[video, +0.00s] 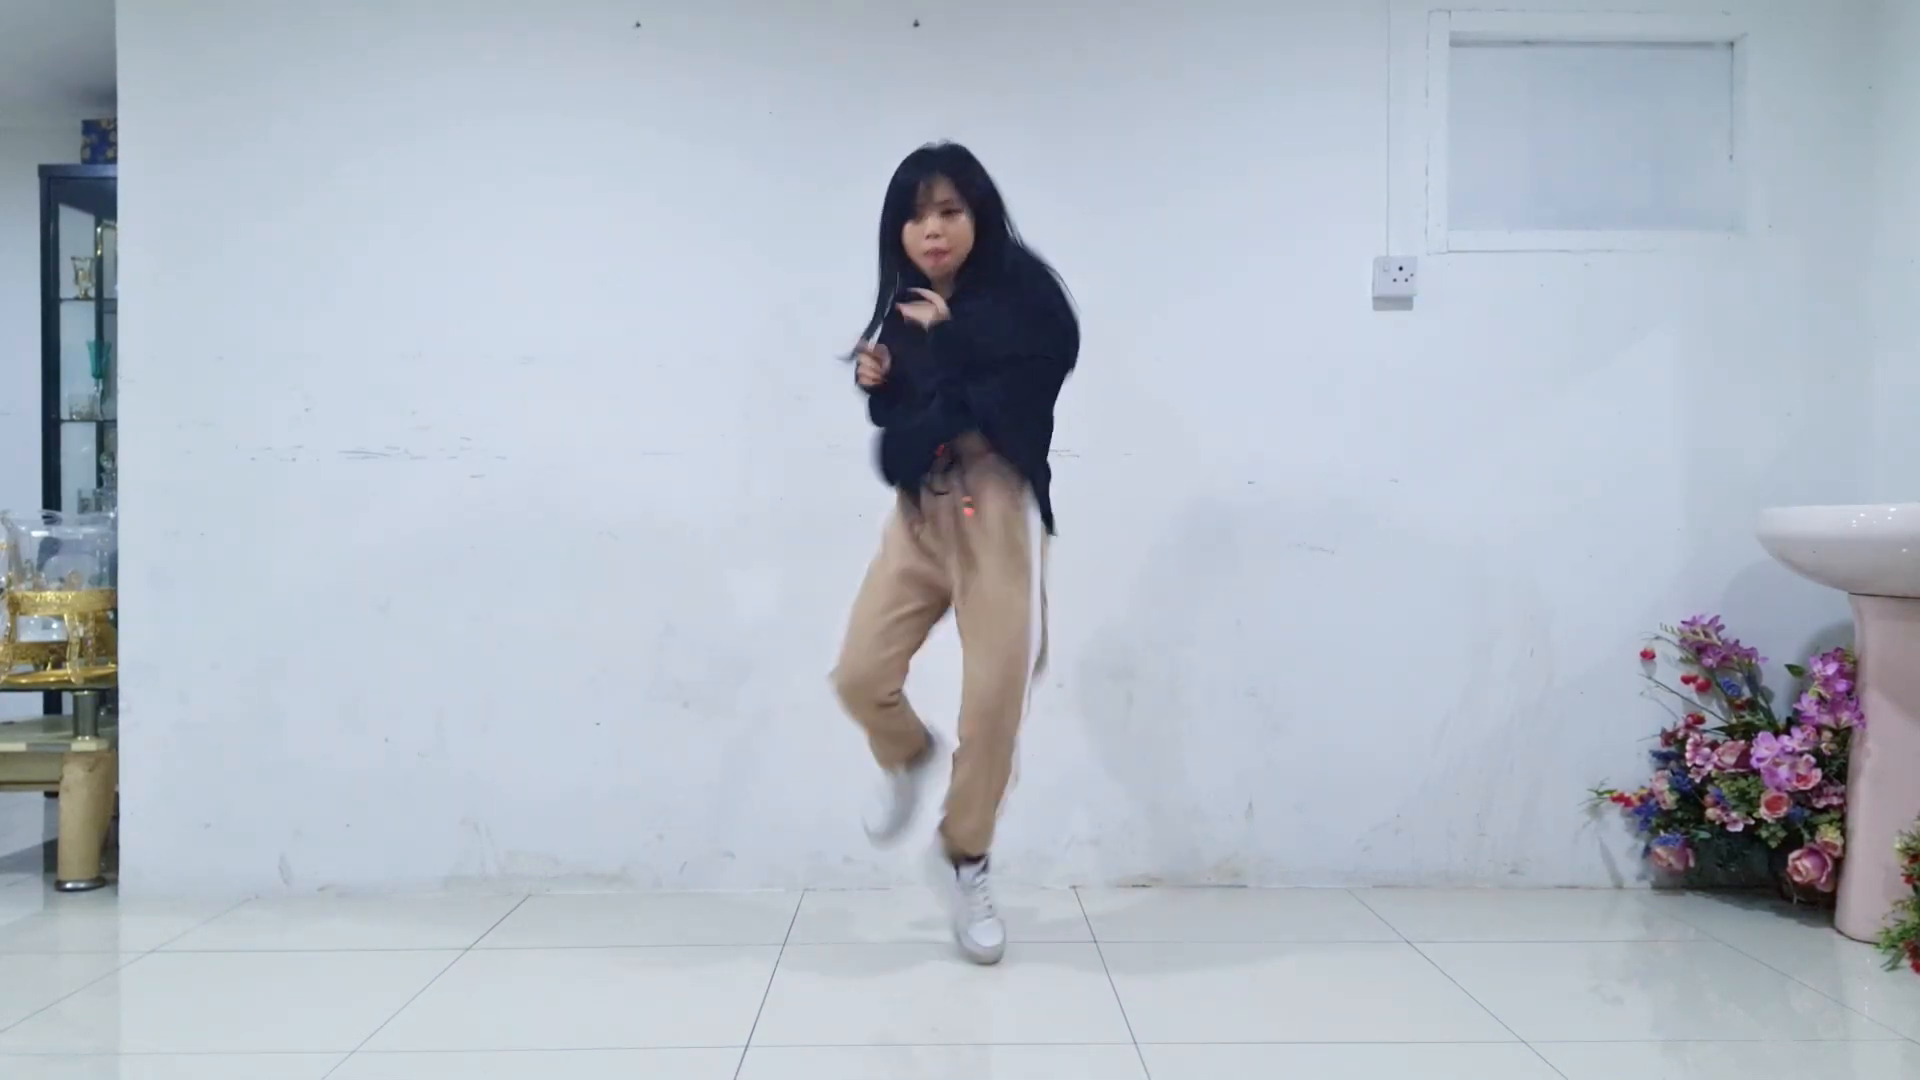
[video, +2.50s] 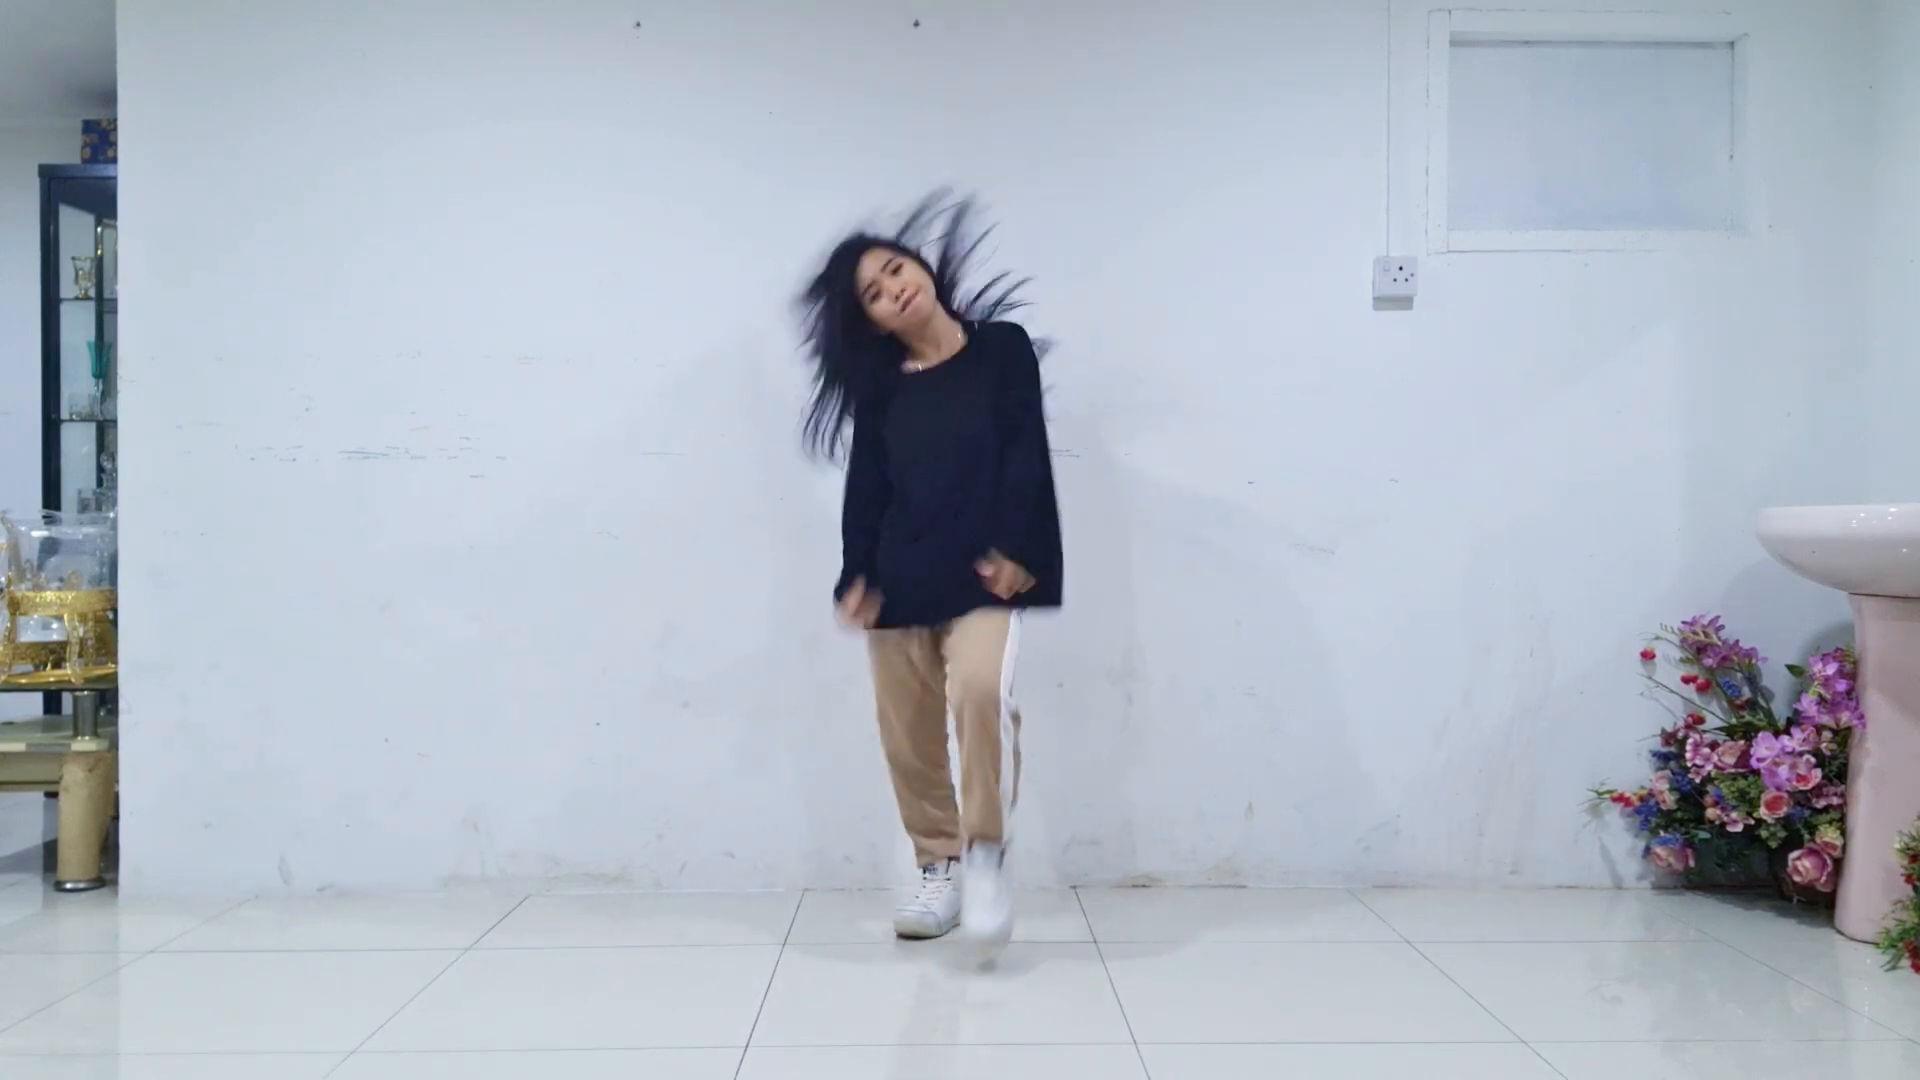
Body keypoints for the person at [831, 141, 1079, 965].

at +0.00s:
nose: (934, 229)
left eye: (951, 212)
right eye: (917, 215)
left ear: (981, 220)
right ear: (897, 228)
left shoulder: (1023, 291)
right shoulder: (902, 305)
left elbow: (1027, 382)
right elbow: (891, 415)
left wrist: (946, 333)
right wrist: (879, 381)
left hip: (997, 506)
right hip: (917, 505)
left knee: (992, 694)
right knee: (860, 677)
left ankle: (968, 860)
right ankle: (916, 758)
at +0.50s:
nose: (870, 496)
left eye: (886, 477)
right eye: (856, 482)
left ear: (923, 480)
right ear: (845, 495)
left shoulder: (953, 563)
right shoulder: (912, 560)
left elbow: (956, 683)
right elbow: (939, 659)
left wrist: (921, 775)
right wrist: (879, 669)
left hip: (1030, 770)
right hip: (988, 748)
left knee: (878, 832)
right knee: (875, 766)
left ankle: (1030, 907)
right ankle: (980, 897)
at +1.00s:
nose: (824, 545)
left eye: (844, 533)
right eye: (822, 528)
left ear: (880, 544)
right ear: (814, 530)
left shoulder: (892, 632)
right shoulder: (910, 601)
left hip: (1054, 784)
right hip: (1035, 753)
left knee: (898, 799)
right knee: (894, 760)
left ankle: (1012, 931)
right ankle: (981, 899)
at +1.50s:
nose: (902, 218)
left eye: (922, 205)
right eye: (893, 205)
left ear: (953, 224)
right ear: (879, 218)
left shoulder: (952, 296)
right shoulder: (865, 316)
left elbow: (883, 298)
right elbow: (788, 282)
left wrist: (866, 198)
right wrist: (766, 200)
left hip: (985, 547)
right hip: (928, 558)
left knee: (967, 719)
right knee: (913, 716)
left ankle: (990, 901)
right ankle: (963, 881)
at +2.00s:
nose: (931, 259)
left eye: (951, 253)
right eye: (926, 244)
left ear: (977, 273)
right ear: (909, 250)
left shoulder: (973, 345)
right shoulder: (886, 340)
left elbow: (933, 407)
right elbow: (818, 391)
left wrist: (841, 365)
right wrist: (735, 393)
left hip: (974, 552)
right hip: (929, 557)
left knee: (960, 708)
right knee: (936, 714)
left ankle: (996, 884)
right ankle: (969, 876)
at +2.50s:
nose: (895, 286)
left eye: (897, 268)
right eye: (876, 291)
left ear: (924, 269)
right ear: (871, 321)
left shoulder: (1002, 347)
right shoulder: (880, 385)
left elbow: (1027, 455)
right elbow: (863, 484)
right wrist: (858, 569)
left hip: (983, 571)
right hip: (899, 579)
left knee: (977, 689)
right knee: (908, 728)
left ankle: (983, 858)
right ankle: (935, 868)